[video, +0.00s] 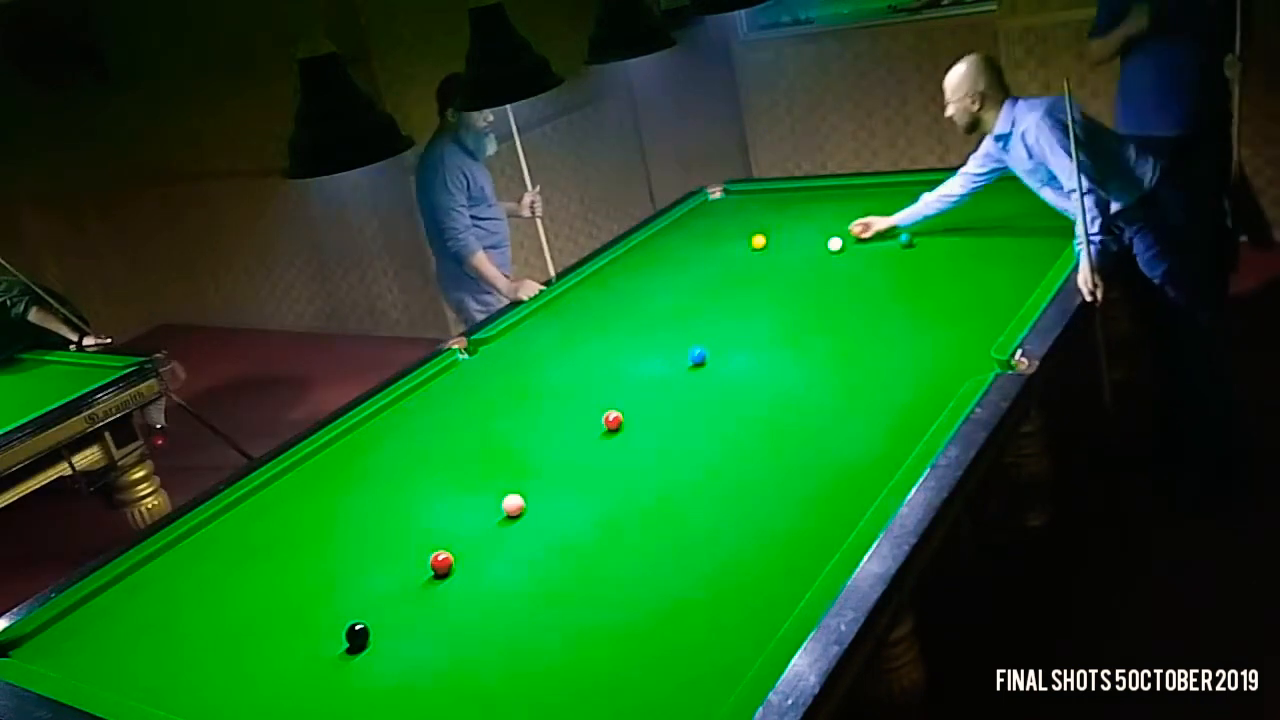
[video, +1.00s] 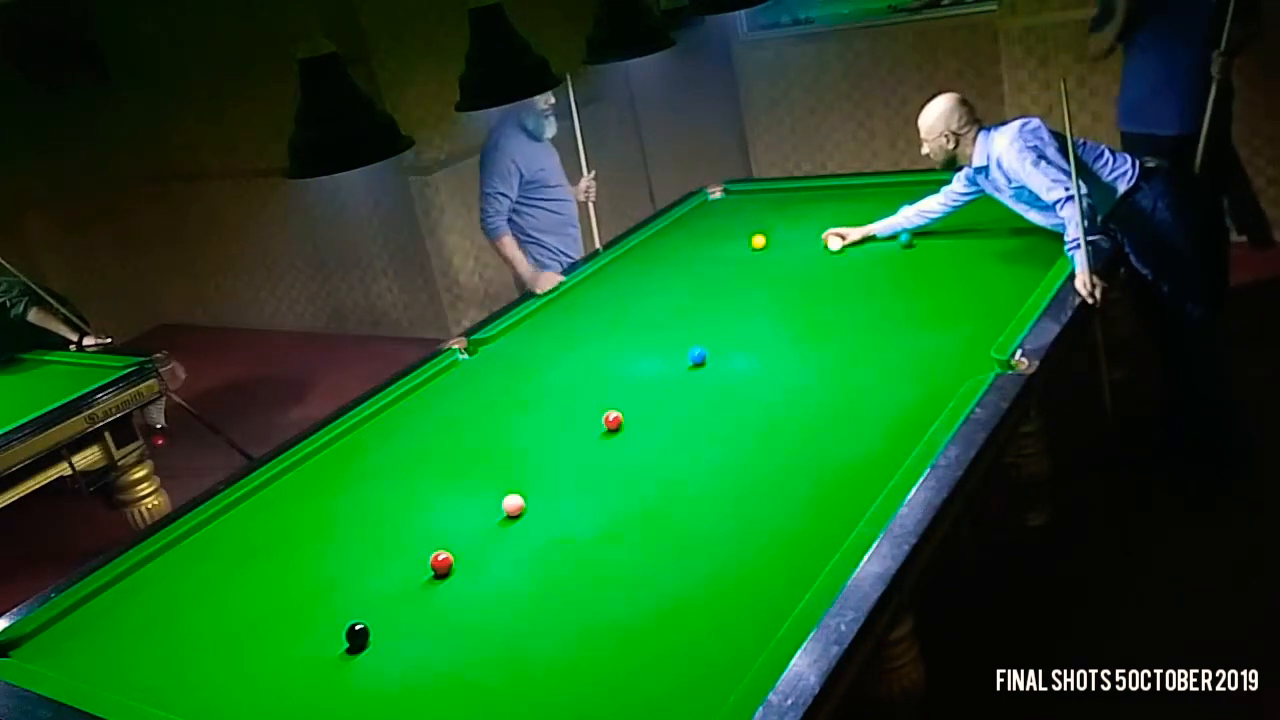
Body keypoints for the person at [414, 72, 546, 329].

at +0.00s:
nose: (490, 118)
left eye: (489, 110)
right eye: (479, 112)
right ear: (452, 116)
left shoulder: (460, 150)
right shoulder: (443, 161)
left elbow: (476, 208)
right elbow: (458, 240)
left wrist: (516, 208)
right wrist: (507, 286)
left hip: (488, 281)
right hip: (474, 288)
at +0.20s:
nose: (501, 116)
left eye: (500, 107)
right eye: (490, 110)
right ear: (465, 114)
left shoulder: (473, 149)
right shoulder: (453, 160)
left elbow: (488, 207)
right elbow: (464, 238)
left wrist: (528, 206)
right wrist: (507, 286)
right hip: (484, 284)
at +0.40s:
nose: (512, 115)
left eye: (511, 106)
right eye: (502, 108)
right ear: (476, 113)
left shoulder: (488, 147)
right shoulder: (464, 160)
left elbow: (500, 200)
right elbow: (470, 236)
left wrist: (538, 204)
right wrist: (510, 287)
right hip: (496, 277)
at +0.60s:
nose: (525, 109)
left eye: (524, 101)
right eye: (514, 103)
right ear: (490, 109)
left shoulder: (501, 141)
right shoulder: (480, 156)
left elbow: (515, 193)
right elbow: (474, 231)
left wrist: (551, 199)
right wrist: (510, 286)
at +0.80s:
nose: (537, 105)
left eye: (536, 96)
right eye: (526, 99)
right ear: (503, 105)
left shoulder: (515, 137)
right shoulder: (493, 150)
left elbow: (526, 193)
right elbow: (481, 226)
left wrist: (562, 195)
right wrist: (511, 284)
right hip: (540, 281)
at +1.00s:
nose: (551, 101)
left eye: (550, 92)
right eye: (540, 94)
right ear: (517, 102)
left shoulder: (532, 136)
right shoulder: (505, 146)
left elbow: (537, 195)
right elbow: (493, 221)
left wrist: (574, 193)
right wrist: (530, 275)